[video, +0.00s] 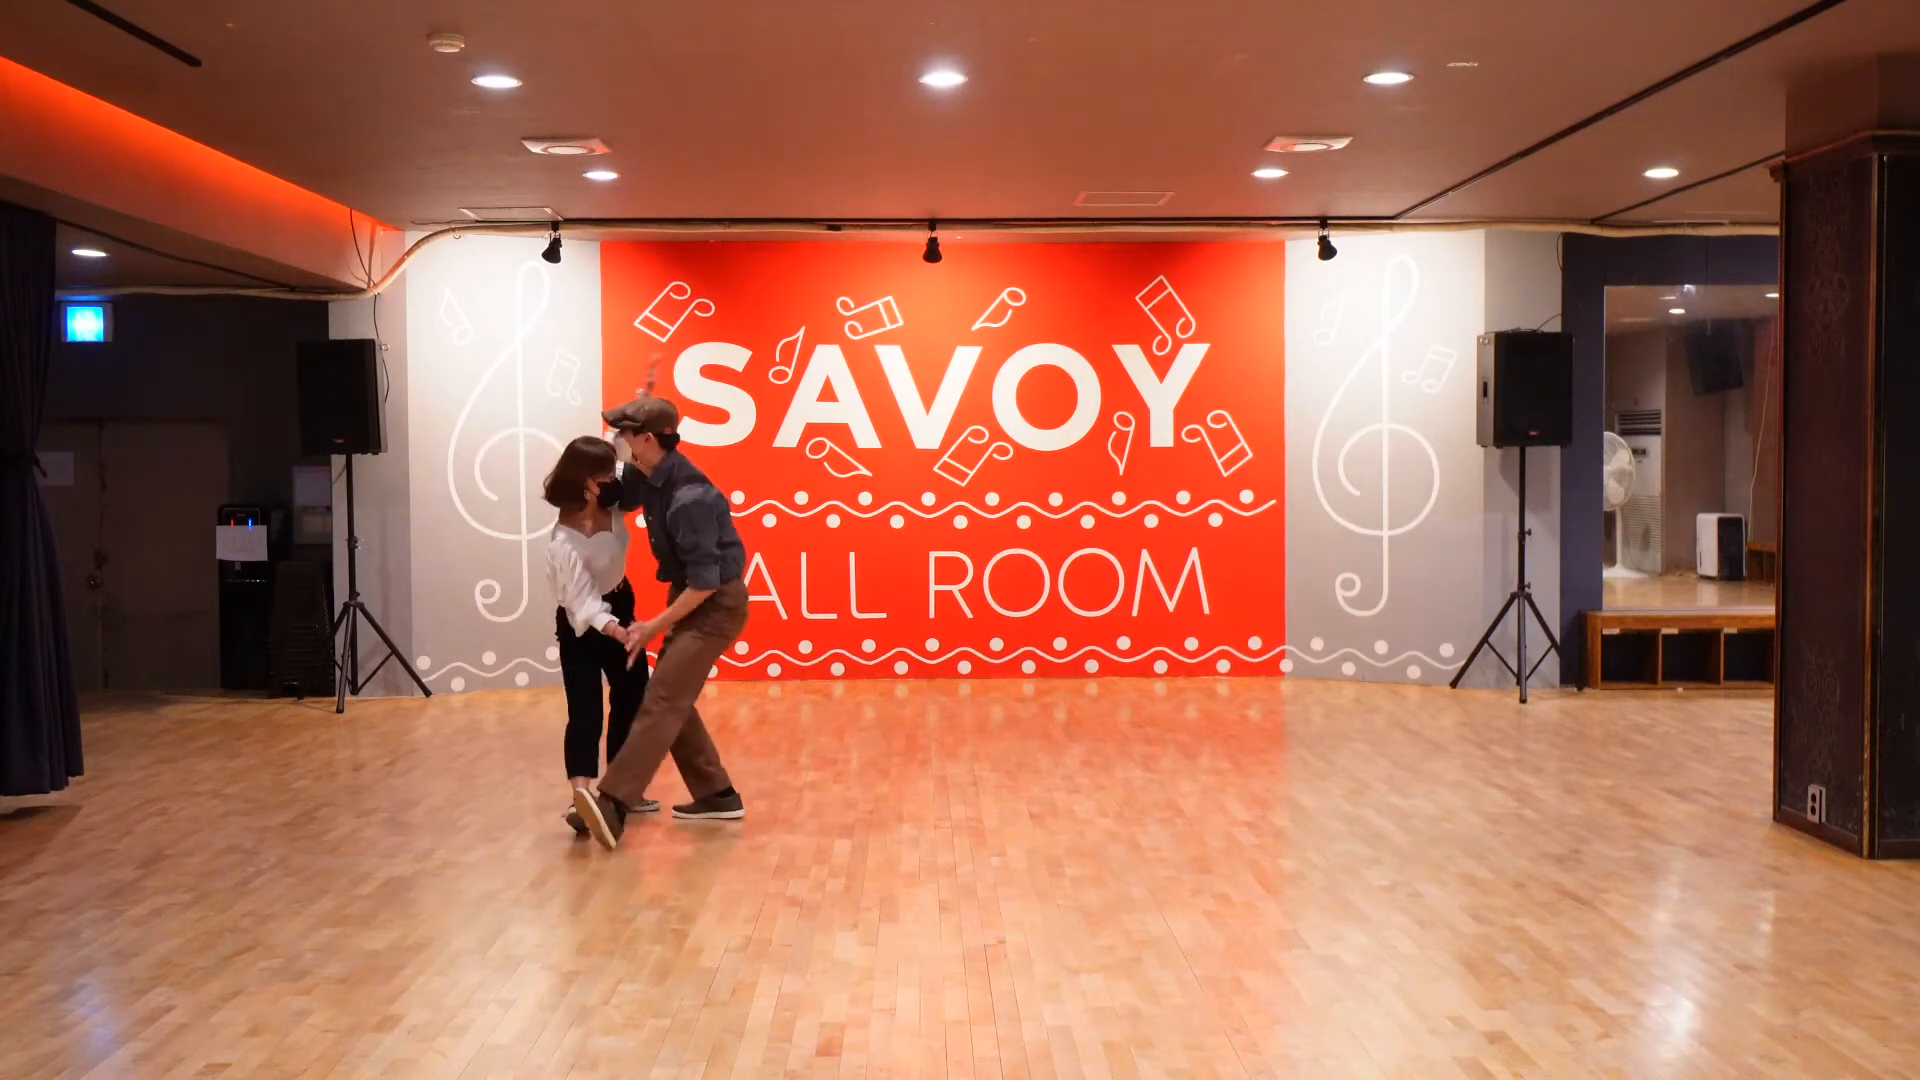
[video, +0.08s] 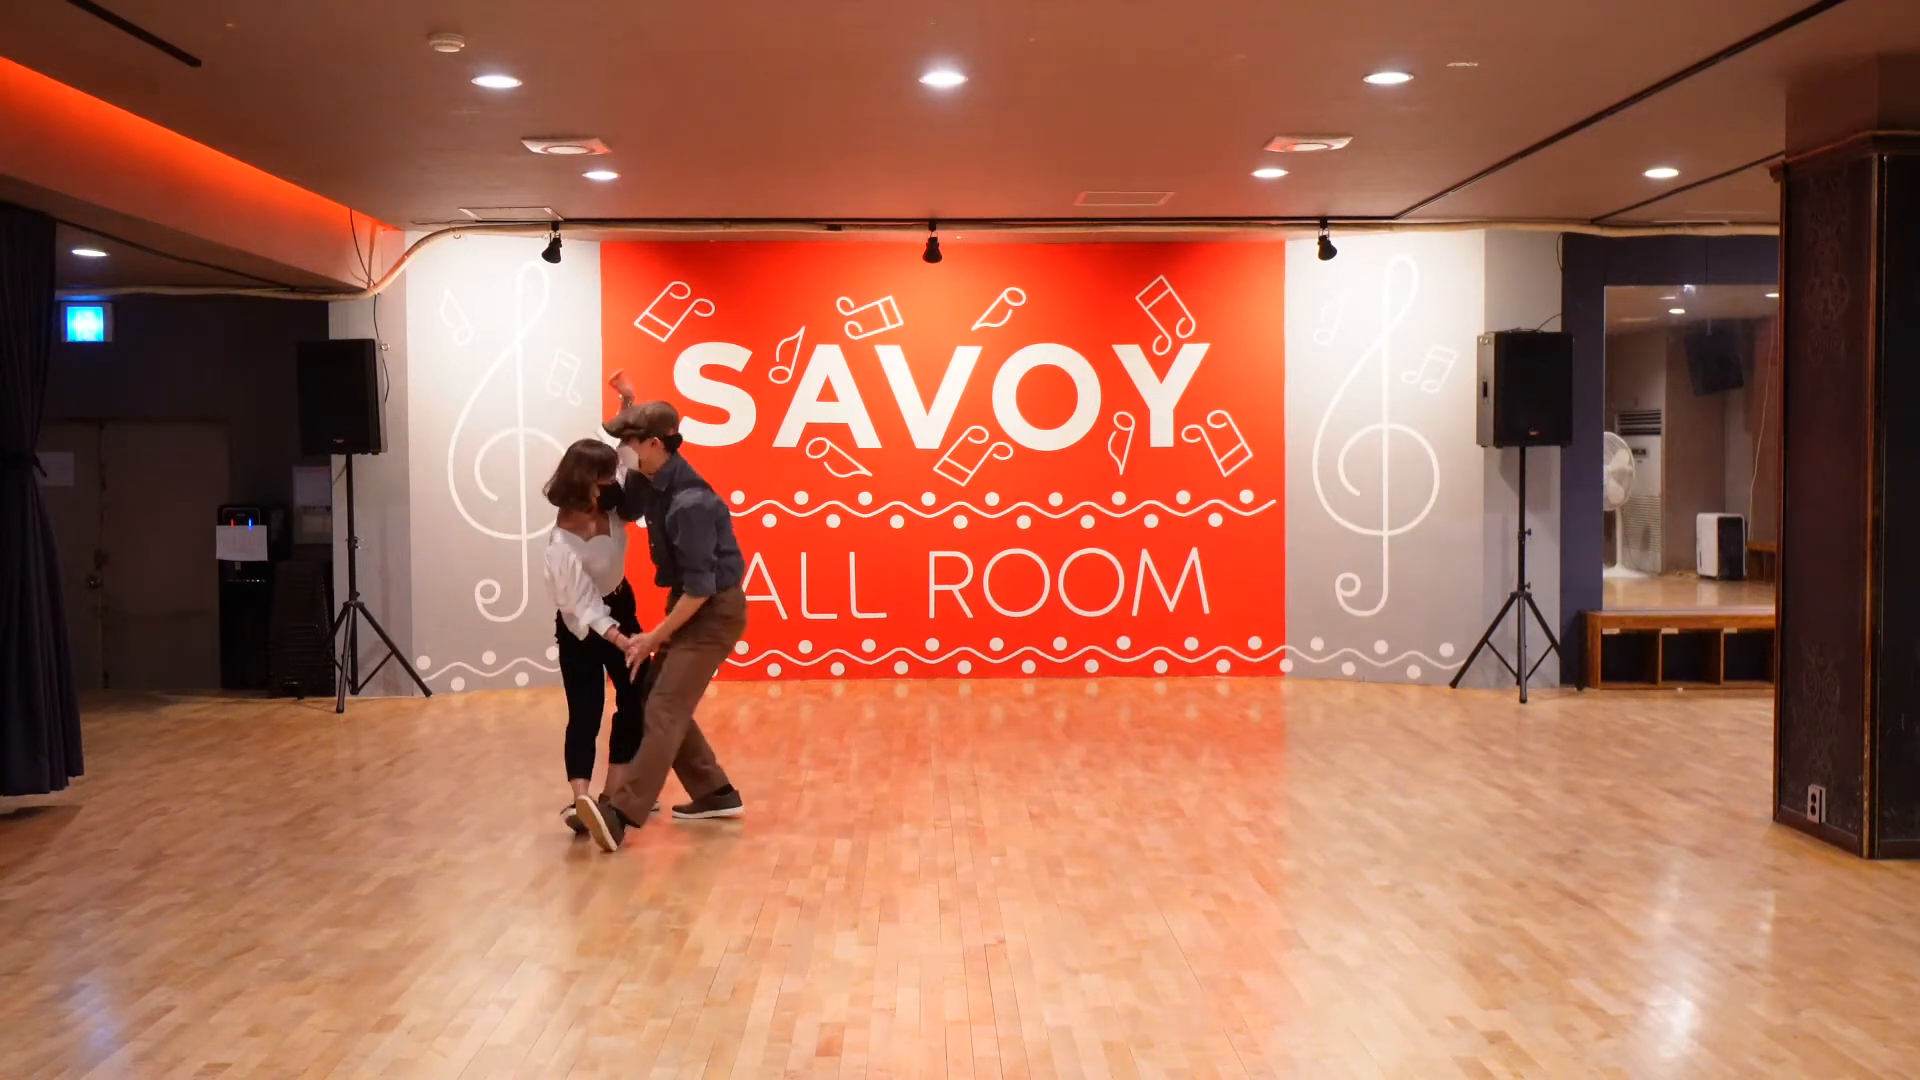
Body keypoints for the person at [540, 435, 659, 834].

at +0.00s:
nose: (609, 483)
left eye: (608, 476)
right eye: (603, 476)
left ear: (601, 481)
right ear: (586, 484)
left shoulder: (609, 501)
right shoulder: (563, 544)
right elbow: (582, 602)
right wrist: (616, 628)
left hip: (619, 604)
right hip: (579, 618)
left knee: (631, 697)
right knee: (586, 706)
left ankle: (621, 788)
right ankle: (583, 799)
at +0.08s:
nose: (607, 484)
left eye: (607, 477)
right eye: (600, 477)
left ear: (607, 480)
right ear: (581, 481)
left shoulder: (607, 503)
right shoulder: (561, 545)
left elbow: (624, 463)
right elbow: (584, 606)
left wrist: (628, 411)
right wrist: (621, 639)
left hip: (618, 605)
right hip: (579, 621)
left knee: (634, 698)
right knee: (586, 707)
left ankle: (615, 794)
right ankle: (581, 801)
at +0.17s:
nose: (605, 501)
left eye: (607, 495)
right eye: (599, 496)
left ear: (606, 489)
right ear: (580, 492)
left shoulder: (607, 506)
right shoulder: (558, 547)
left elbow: (632, 464)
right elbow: (576, 609)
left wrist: (636, 417)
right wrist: (609, 647)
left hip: (614, 607)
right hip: (575, 622)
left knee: (638, 695)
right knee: (584, 701)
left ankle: (623, 790)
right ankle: (577, 799)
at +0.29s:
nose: (609, 479)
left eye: (609, 472)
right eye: (602, 473)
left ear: (590, 483)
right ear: (583, 483)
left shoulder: (610, 506)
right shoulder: (552, 539)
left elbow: (646, 492)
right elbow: (552, 598)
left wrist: (665, 445)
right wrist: (573, 640)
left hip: (607, 617)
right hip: (566, 631)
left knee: (644, 699)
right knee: (585, 713)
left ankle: (616, 791)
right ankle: (560, 812)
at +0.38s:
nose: (608, 472)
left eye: (606, 465)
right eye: (601, 468)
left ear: (581, 478)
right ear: (582, 478)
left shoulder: (606, 516)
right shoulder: (548, 533)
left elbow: (642, 533)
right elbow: (541, 575)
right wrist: (552, 605)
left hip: (597, 628)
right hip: (557, 635)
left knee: (642, 700)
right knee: (582, 718)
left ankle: (615, 790)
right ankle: (560, 812)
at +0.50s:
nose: (604, 471)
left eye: (604, 464)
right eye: (596, 465)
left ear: (588, 475)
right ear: (576, 471)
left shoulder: (602, 520)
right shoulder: (549, 510)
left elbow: (615, 583)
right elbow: (524, 546)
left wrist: (625, 544)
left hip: (582, 629)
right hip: (544, 630)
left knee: (637, 685)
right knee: (571, 720)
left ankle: (634, 780)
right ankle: (558, 813)